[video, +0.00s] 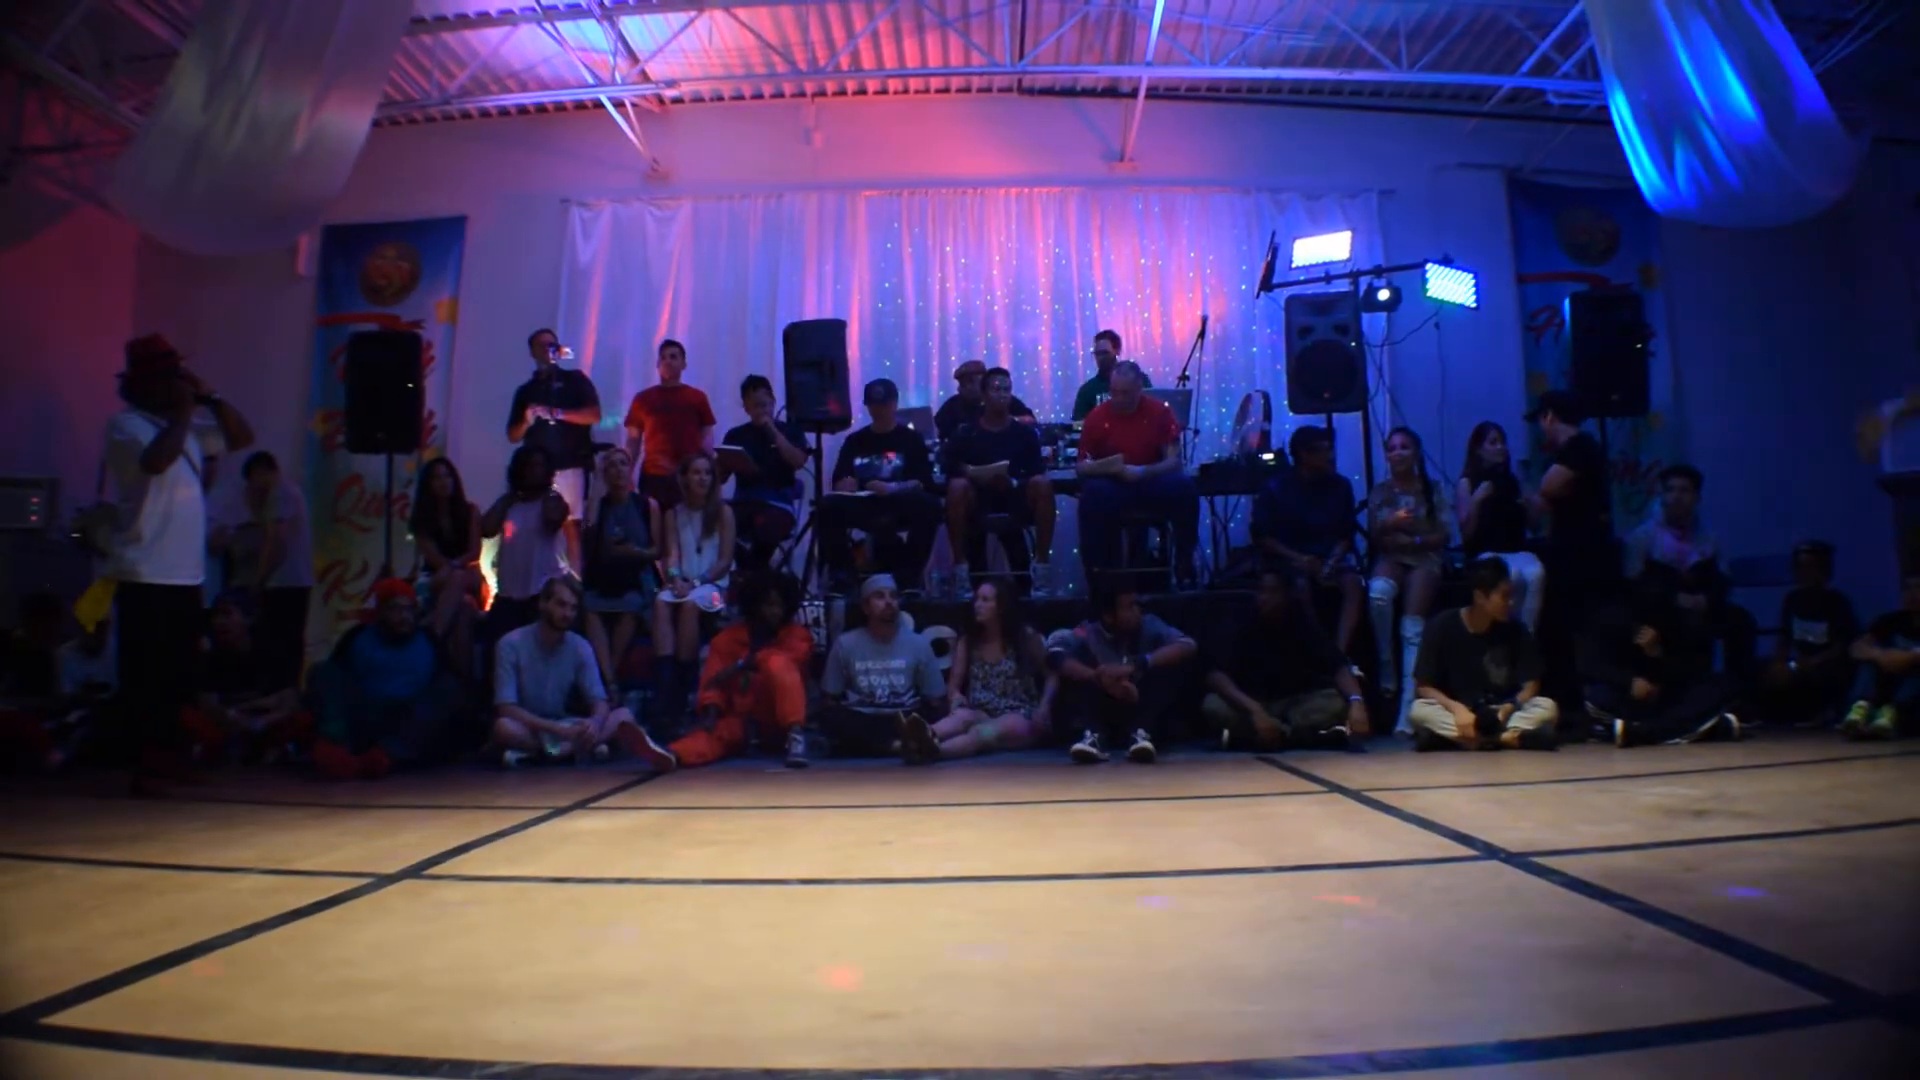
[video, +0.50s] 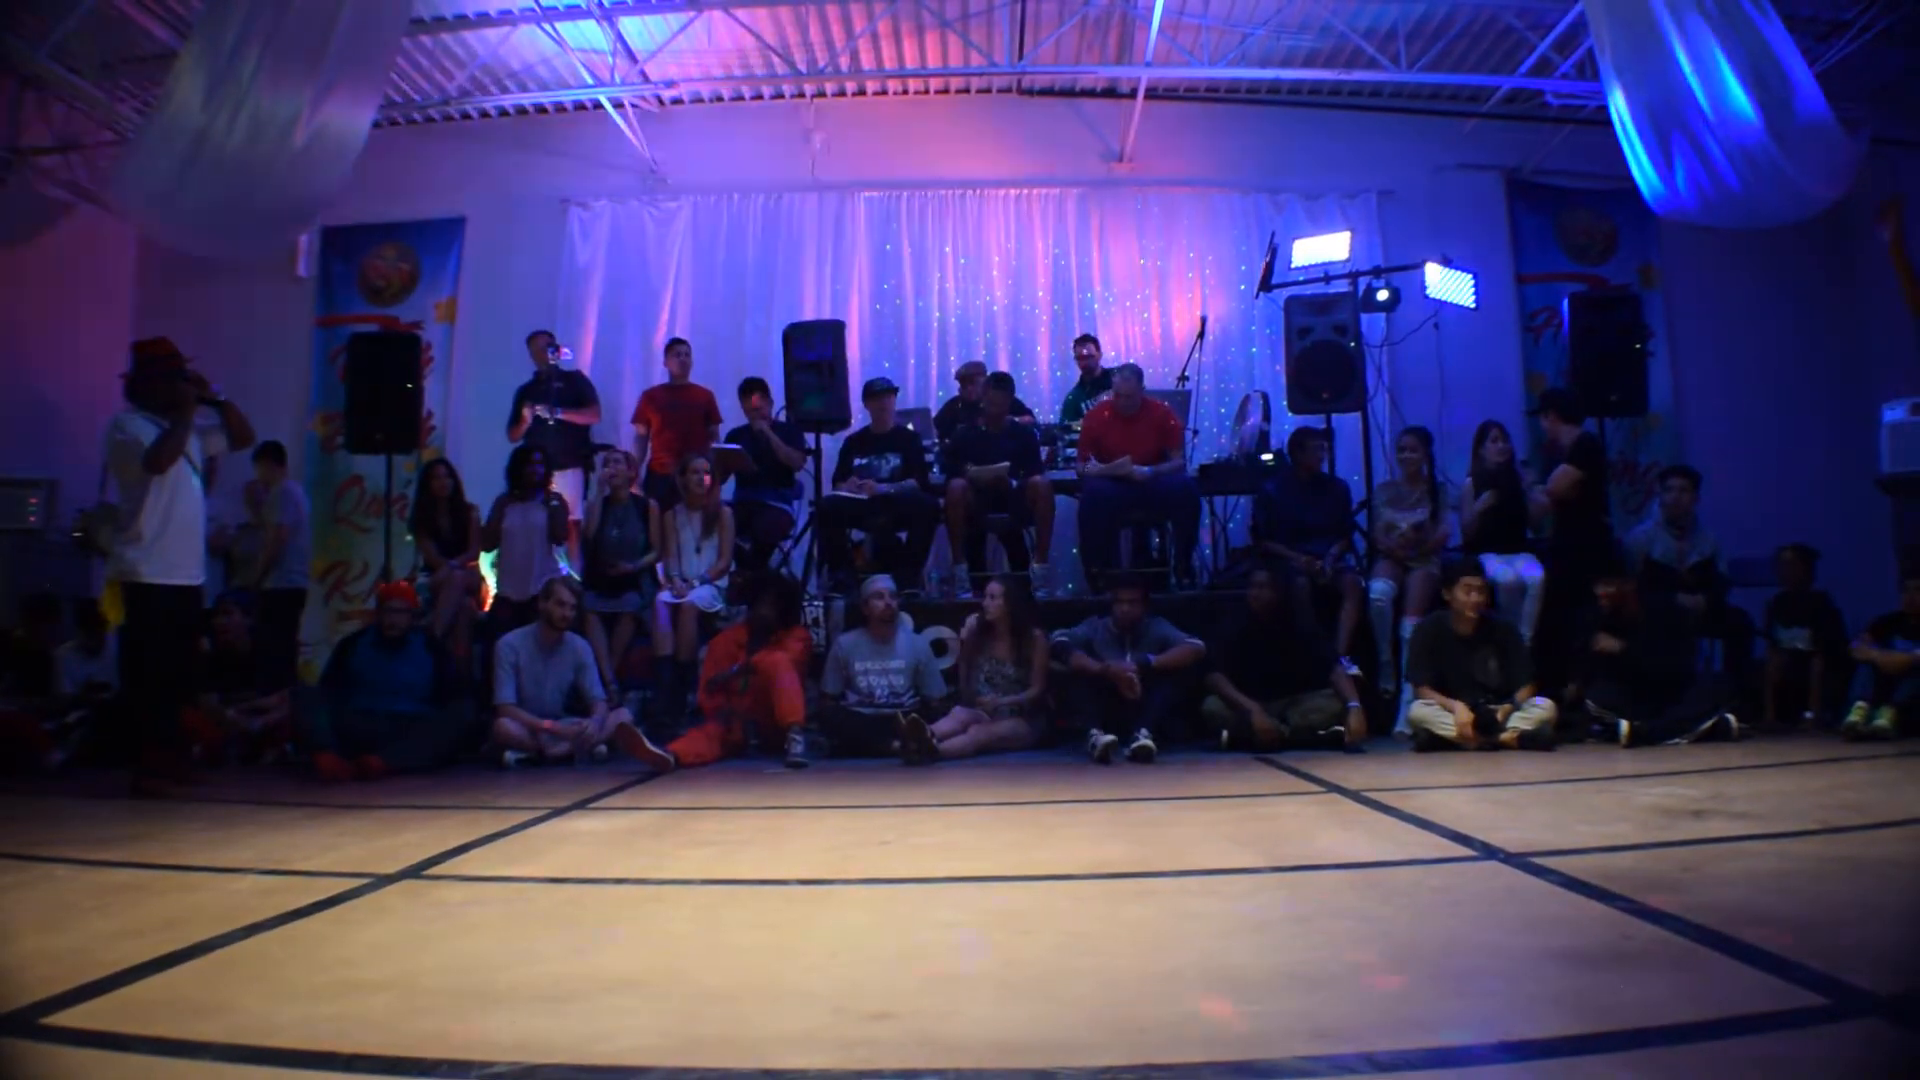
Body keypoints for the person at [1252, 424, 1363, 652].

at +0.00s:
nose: (1329, 456)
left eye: (1330, 450)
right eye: (1322, 450)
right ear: (1303, 454)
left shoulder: (1340, 486)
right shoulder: (1278, 487)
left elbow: (1348, 533)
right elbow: (1262, 536)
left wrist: (1333, 560)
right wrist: (1300, 560)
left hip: (1330, 557)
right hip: (1292, 558)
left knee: (1353, 583)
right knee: (1299, 585)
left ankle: (1340, 657)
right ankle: (1311, 656)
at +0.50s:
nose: (1322, 455)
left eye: (1323, 449)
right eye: (1315, 450)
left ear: (1326, 453)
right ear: (1297, 453)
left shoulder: (1336, 487)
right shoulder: (1276, 487)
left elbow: (1346, 534)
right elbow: (1263, 539)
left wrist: (1330, 558)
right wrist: (1299, 560)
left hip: (1327, 558)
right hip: (1290, 559)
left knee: (1353, 584)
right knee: (1299, 585)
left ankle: (1342, 655)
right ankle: (1308, 654)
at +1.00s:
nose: (1317, 453)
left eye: (1321, 447)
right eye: (1311, 447)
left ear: (1327, 452)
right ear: (1299, 451)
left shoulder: (1340, 488)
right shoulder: (1281, 486)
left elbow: (1349, 533)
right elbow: (1267, 535)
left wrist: (1331, 559)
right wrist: (1303, 560)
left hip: (1330, 557)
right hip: (1295, 558)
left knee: (1354, 584)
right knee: (1301, 585)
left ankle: (1344, 655)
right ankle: (1309, 655)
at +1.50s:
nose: (1321, 460)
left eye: (1325, 454)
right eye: (1315, 453)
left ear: (1330, 456)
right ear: (1302, 454)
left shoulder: (1339, 488)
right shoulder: (1282, 487)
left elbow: (1351, 533)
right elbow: (1269, 534)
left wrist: (1332, 558)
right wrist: (1305, 560)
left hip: (1331, 558)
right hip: (1296, 558)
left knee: (1353, 583)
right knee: (1300, 584)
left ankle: (1342, 653)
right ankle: (1314, 656)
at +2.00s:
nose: (1323, 455)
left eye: (1325, 449)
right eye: (1316, 449)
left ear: (1330, 453)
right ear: (1300, 454)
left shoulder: (1339, 488)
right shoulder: (1280, 487)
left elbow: (1347, 535)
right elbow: (1270, 538)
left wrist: (1332, 558)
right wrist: (1309, 561)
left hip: (1330, 557)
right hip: (1294, 557)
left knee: (1354, 580)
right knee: (1301, 584)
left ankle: (1351, 648)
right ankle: (1312, 654)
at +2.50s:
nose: (1310, 449)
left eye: (1316, 443)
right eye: (1304, 444)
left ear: (1324, 449)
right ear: (1294, 450)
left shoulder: (1340, 485)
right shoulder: (1278, 485)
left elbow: (1346, 532)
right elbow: (1267, 535)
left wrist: (1331, 561)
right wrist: (1301, 559)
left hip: (1330, 558)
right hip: (1294, 558)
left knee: (1354, 583)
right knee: (1299, 585)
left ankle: (1357, 655)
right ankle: (1310, 662)